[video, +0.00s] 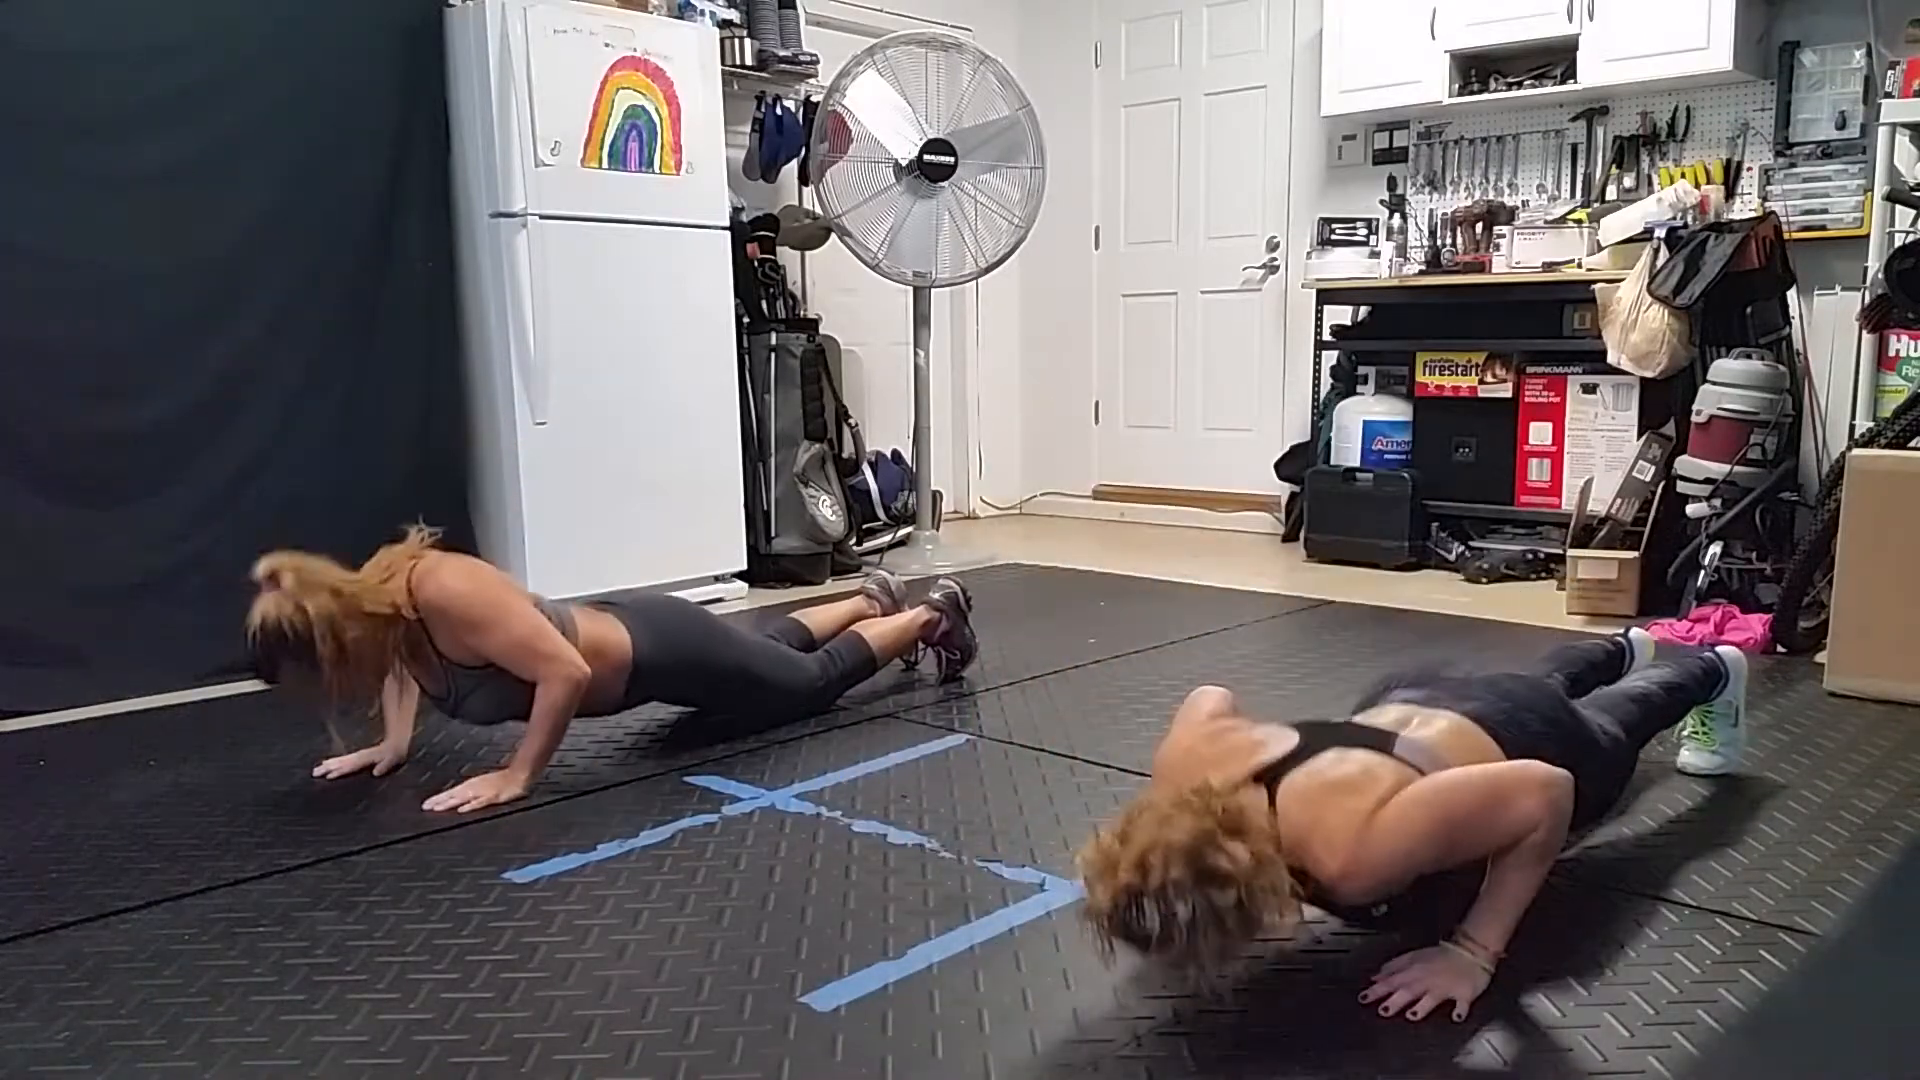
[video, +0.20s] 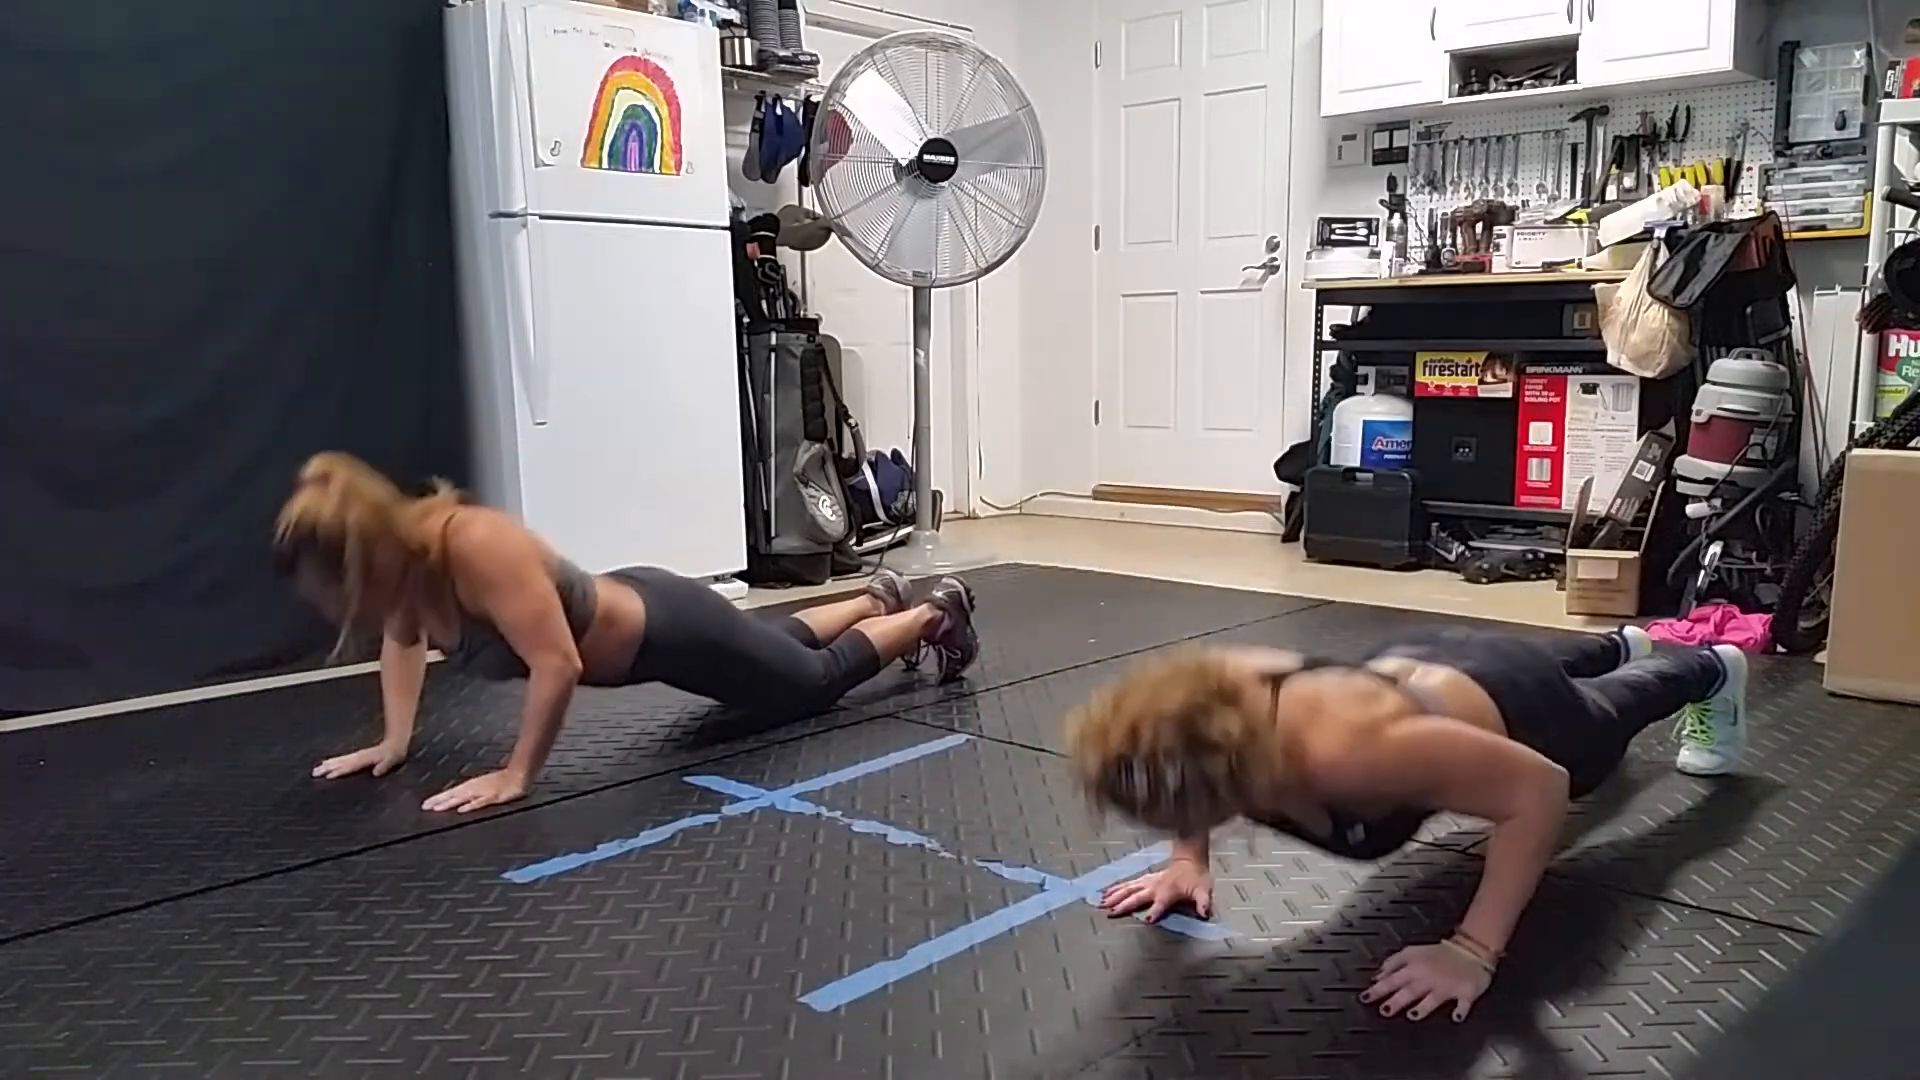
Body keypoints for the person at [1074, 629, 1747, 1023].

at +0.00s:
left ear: (1231, 912)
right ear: (1168, 804)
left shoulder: (1357, 848)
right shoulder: (1178, 773)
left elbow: (1544, 795)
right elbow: (1210, 695)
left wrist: (1474, 949)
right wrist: (1200, 715)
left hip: (1523, 739)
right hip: (1427, 704)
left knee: (1624, 708)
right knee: (1543, 677)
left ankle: (1709, 668)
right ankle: (1628, 642)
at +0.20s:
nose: (1165, 823)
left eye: (1168, 811)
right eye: (1152, 816)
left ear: (1201, 781)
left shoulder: (1344, 751)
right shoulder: (1210, 696)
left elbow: (1537, 789)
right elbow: (1184, 764)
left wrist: (1473, 947)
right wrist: (1189, 859)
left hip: (1517, 704)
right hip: (1423, 657)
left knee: (1624, 695)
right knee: (1554, 658)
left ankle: (1710, 669)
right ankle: (1631, 639)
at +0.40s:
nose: (1152, 698)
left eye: (1154, 679)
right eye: (1143, 683)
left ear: (1193, 653)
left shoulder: (1345, 652)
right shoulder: (1207, 637)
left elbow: (1510, 773)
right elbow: (1190, 722)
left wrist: (1471, 946)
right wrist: (1186, 856)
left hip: (1511, 680)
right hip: (1442, 639)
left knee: (1609, 743)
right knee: (1532, 652)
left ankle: (1701, 664)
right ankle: (1601, 640)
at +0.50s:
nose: (1156, 644)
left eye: (1160, 629)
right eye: (1151, 632)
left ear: (1204, 603)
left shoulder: (1355, 610)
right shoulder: (1194, 605)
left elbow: (1497, 767)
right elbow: (1184, 715)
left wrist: (1472, 945)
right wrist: (1186, 858)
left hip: (1507, 682)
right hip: (1418, 685)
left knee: (1589, 776)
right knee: (1522, 663)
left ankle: (1695, 665)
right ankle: (1591, 644)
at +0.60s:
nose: (1153, 621)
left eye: (1159, 605)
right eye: (1147, 608)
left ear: (1208, 576)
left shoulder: (1352, 581)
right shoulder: (1184, 583)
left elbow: (1484, 763)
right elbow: (1177, 712)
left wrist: (1471, 944)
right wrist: (1185, 858)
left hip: (1489, 661)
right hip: (1393, 695)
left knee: (1591, 772)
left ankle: (1696, 664)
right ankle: (1588, 647)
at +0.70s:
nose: (1145, 599)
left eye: (1151, 584)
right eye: (1138, 587)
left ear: (1202, 556)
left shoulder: (1340, 553)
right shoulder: (1167, 559)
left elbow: (1452, 755)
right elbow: (1165, 705)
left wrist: (1466, 944)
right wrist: (1183, 857)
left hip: (1473, 620)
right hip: (1371, 644)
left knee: (1585, 725)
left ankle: (1701, 667)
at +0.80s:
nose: (1126, 578)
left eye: (1132, 561)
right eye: (1118, 565)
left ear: (1187, 523)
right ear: (1116, 540)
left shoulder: (1312, 514)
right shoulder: (1144, 542)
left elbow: (1387, 738)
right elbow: (1160, 703)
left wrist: (1428, 921)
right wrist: (1183, 854)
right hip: (1362, 553)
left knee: (1542, 643)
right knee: (1488, 635)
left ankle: (1672, 673)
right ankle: (1588, 681)